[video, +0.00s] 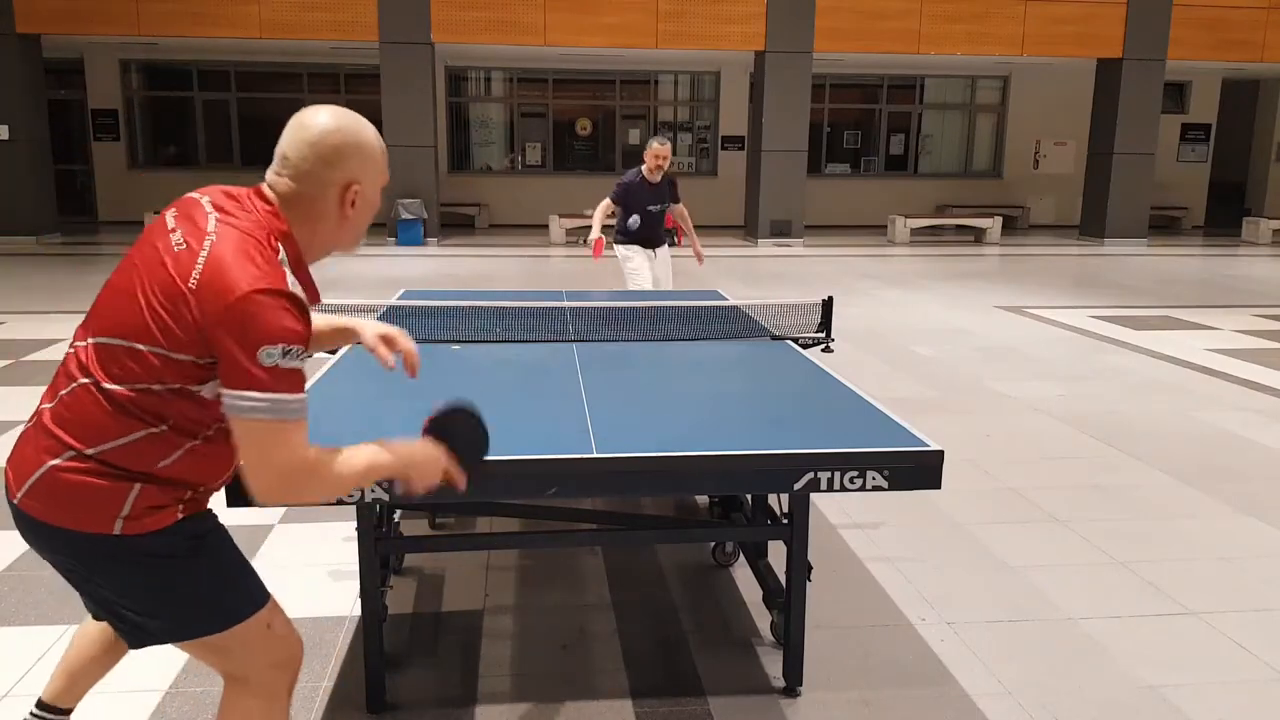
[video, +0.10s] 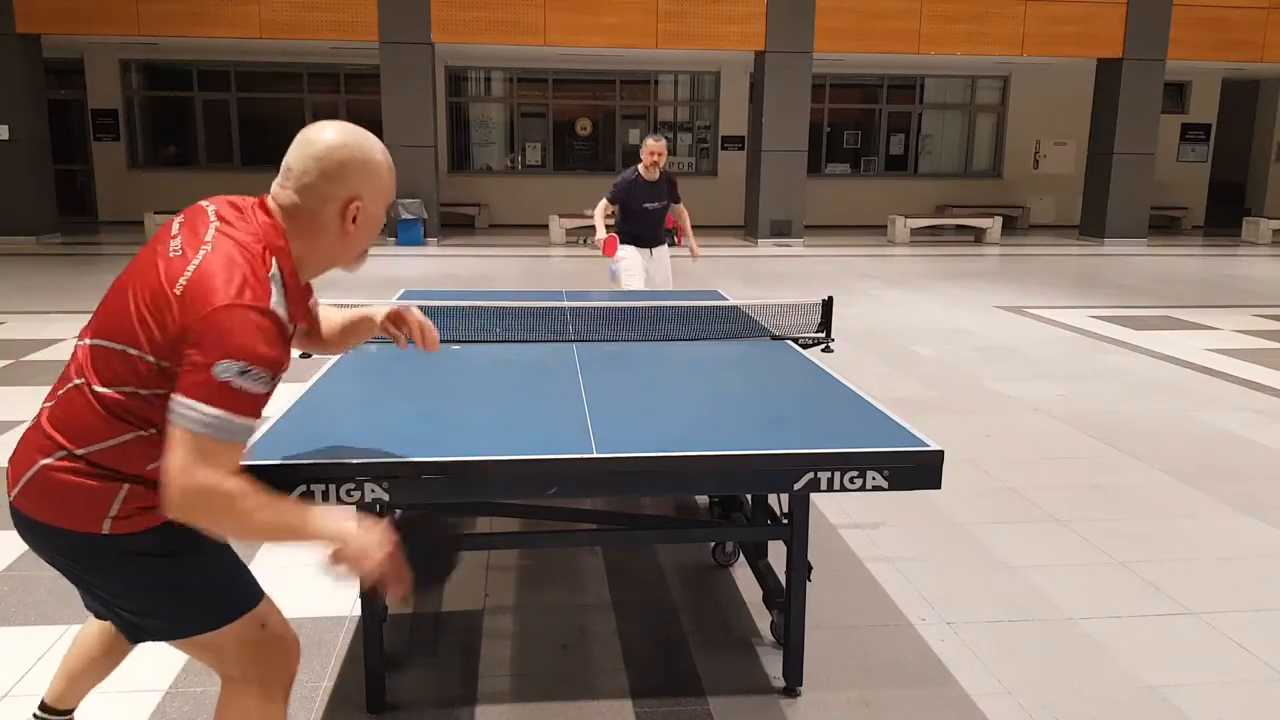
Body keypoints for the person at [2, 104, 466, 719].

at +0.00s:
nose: (376, 206)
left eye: (382, 190)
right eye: (379, 191)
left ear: (283, 170)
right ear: (350, 199)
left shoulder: (209, 206)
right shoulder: (256, 295)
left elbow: (241, 327)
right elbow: (281, 478)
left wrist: (350, 329)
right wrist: (392, 459)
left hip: (48, 468)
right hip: (114, 506)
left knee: (140, 601)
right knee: (269, 660)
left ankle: (47, 712)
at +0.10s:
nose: (382, 226)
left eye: (386, 211)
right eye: (383, 210)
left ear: (288, 184)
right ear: (352, 214)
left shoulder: (227, 217)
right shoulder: (244, 303)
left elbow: (314, 329)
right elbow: (193, 489)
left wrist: (376, 319)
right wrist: (339, 526)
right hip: (99, 503)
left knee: (135, 609)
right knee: (265, 657)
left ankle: (51, 712)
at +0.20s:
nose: (374, 241)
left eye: (380, 226)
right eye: (376, 225)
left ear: (284, 199)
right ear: (337, 226)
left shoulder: (265, 248)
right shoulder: (211, 310)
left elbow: (327, 330)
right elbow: (110, 480)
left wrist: (371, 310)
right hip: (83, 502)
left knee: (127, 621)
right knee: (263, 650)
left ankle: (51, 716)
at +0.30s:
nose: (346, 245)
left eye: (353, 232)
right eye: (347, 231)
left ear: (294, 220)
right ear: (301, 225)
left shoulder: (249, 249)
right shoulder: (176, 312)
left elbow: (310, 310)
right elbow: (67, 472)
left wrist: (342, 292)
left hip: (134, 490)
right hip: (93, 506)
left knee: (129, 626)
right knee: (248, 656)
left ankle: (48, 708)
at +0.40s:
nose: (316, 218)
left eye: (320, 200)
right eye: (310, 200)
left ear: (247, 191)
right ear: (252, 196)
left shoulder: (192, 217)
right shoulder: (155, 291)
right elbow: (69, 462)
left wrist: (268, 266)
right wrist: (84, 595)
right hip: (92, 500)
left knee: (128, 614)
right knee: (232, 653)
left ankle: (67, 701)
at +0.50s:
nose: (270, 171)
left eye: (273, 153)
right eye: (260, 152)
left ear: (189, 145)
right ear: (194, 147)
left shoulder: (102, 184)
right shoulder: (144, 248)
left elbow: (163, 228)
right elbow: (152, 424)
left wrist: (223, 227)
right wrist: (247, 485)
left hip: (28, 462)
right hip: (83, 481)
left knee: (103, 615)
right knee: (210, 649)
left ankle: (39, 716)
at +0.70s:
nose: (191, 115)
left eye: (189, 97)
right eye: (178, 96)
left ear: (109, 94)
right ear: (123, 95)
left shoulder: (15, 162)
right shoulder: (122, 166)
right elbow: (291, 158)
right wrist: (250, 58)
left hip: (15, 462)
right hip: (93, 468)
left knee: (66, 619)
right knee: (191, 662)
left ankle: (35, 719)